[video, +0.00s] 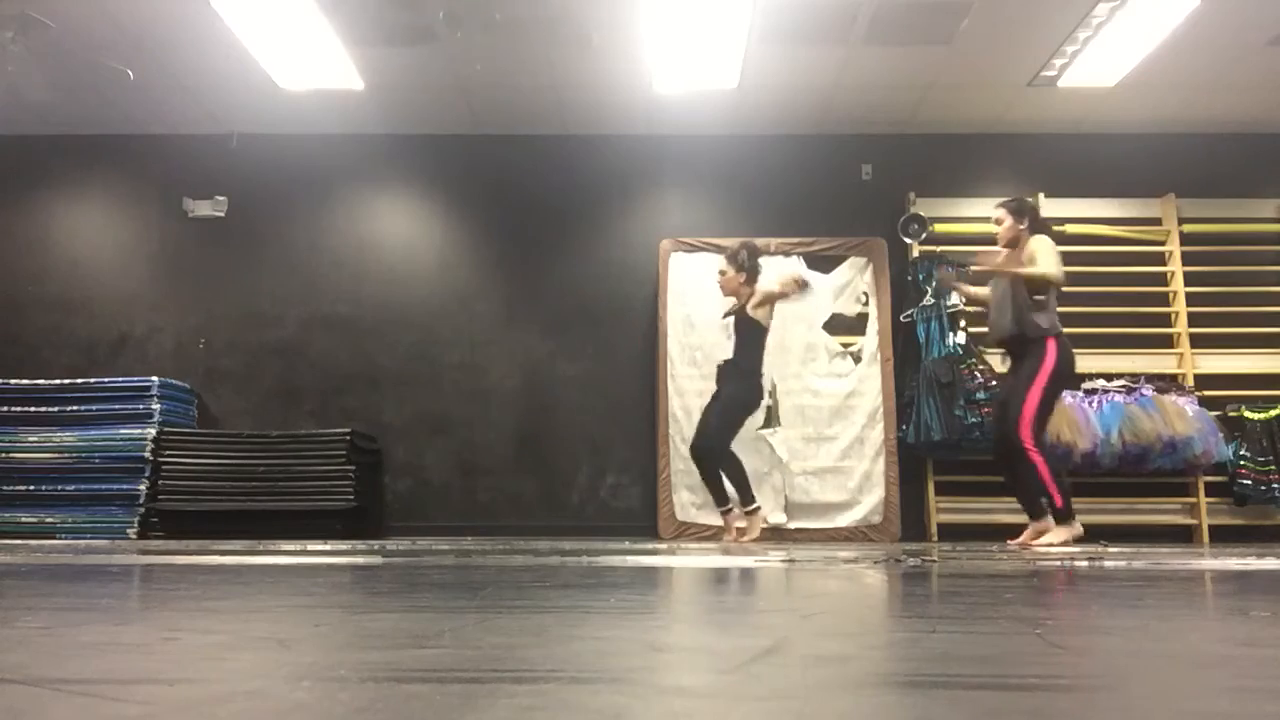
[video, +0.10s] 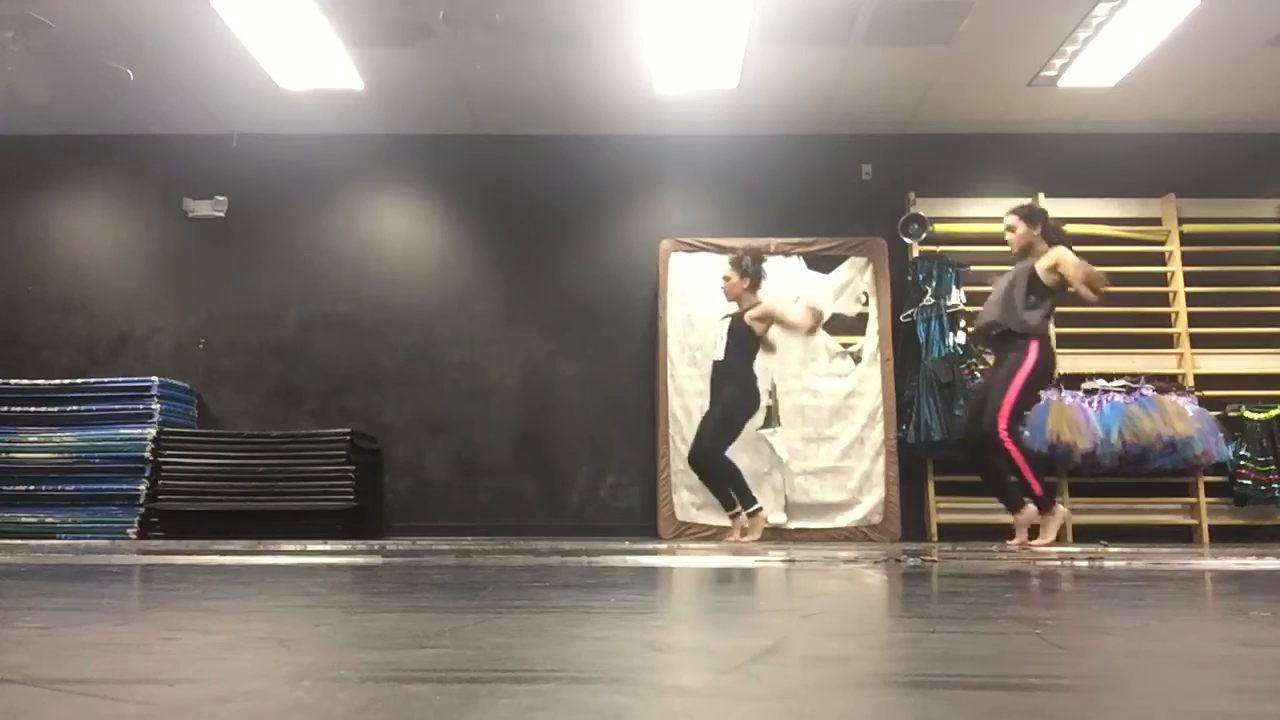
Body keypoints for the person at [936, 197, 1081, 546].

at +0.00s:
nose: (995, 229)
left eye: (999, 222)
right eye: (994, 223)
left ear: (1022, 222)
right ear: (1009, 226)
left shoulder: (1039, 243)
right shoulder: (1008, 258)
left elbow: (1054, 275)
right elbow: (997, 296)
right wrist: (958, 287)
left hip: (1047, 349)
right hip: (1024, 353)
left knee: (1023, 433)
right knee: (1006, 436)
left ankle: (1067, 523)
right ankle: (1040, 521)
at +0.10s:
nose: (1008, 237)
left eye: (1013, 230)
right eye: (1006, 231)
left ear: (1035, 228)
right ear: (1024, 231)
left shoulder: (1055, 255)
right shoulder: (1024, 266)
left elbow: (1098, 289)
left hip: (1031, 350)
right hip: (1009, 353)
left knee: (997, 428)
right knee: (974, 433)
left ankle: (1050, 509)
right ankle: (1022, 509)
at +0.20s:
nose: (1013, 249)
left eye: (1018, 242)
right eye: (1011, 244)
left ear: (1040, 239)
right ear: (1025, 245)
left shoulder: (1065, 266)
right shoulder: (1032, 276)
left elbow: (1099, 299)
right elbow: (1068, 323)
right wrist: (1067, 341)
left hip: (1019, 351)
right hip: (998, 353)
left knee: (985, 426)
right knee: (965, 430)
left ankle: (1038, 507)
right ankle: (1013, 511)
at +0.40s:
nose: (998, 271)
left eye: (1003, 263)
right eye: (997, 265)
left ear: (1027, 261)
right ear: (1021, 265)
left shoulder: (1047, 288)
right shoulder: (1018, 301)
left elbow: (1092, 325)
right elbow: (1055, 353)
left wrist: (1109, 374)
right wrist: (1060, 405)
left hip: (1041, 385)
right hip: (1016, 388)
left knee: (991, 441)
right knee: (976, 452)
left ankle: (1052, 511)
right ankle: (1033, 518)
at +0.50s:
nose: (974, 291)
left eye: (980, 284)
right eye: (975, 284)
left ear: (1000, 284)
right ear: (994, 285)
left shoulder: (1012, 311)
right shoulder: (998, 320)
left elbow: (1061, 327)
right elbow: (1023, 366)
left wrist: (1066, 385)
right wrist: (1016, 406)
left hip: (1062, 404)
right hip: (1040, 406)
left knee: (1008, 451)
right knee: (995, 456)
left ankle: (1065, 521)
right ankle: (1042, 526)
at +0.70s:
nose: (964, 356)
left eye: (970, 348)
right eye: (962, 349)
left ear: (993, 348)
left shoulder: (1014, 366)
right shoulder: (983, 380)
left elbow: (1005, 392)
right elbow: (964, 413)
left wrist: (957, 412)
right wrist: (936, 423)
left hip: (1105, 406)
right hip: (1081, 409)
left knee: (1034, 447)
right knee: (1017, 452)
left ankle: (1067, 531)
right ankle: (1047, 529)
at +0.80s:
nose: (976, 333)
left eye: (983, 324)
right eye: (975, 325)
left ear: (1004, 322)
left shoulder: (1033, 352)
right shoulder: (996, 357)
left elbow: (1024, 414)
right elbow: (989, 408)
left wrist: (979, 387)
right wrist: (968, 383)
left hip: (1103, 399)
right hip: (1076, 404)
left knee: (1035, 447)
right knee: (1018, 450)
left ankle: (1067, 530)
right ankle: (1047, 529)